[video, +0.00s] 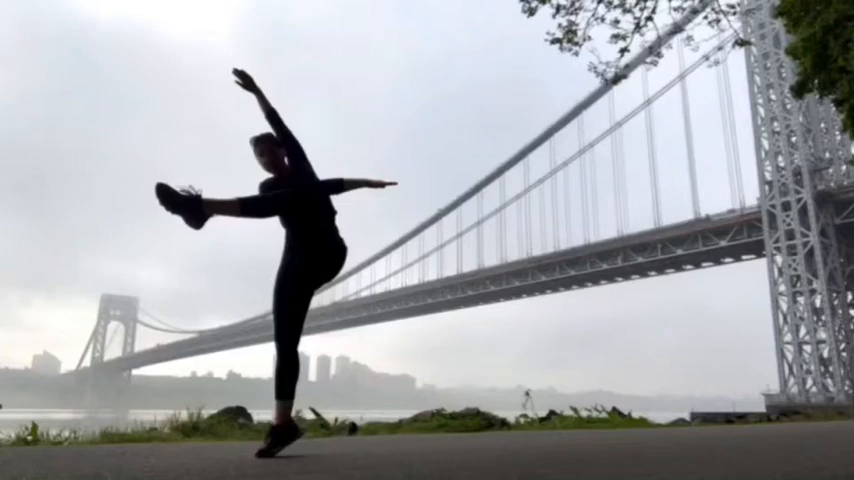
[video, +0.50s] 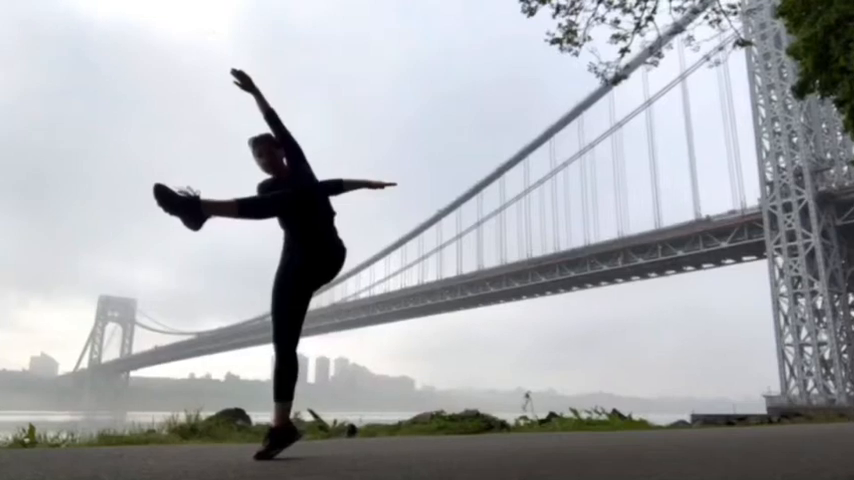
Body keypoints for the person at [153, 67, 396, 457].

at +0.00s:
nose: (264, 159)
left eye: (268, 153)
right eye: (260, 156)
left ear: (283, 150)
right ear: (258, 160)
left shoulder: (301, 170)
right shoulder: (270, 191)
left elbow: (283, 130)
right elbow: (326, 187)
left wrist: (257, 91)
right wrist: (368, 183)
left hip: (327, 252)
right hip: (297, 261)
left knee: (284, 200)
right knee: (286, 341)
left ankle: (204, 208)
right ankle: (283, 422)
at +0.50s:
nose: (263, 160)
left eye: (267, 153)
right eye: (258, 156)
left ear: (281, 150)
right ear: (257, 161)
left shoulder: (300, 170)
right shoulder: (268, 191)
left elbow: (281, 129)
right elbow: (325, 188)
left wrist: (255, 91)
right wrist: (367, 184)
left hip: (326, 253)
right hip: (296, 262)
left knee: (285, 201)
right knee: (285, 343)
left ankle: (202, 209)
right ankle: (282, 425)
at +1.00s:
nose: (261, 161)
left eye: (265, 154)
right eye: (257, 157)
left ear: (280, 151)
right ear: (255, 162)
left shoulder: (299, 172)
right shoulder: (267, 192)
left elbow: (280, 131)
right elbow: (323, 189)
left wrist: (254, 92)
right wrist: (365, 185)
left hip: (325, 255)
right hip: (294, 263)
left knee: (282, 203)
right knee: (283, 344)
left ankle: (201, 210)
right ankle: (281, 427)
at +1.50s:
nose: (260, 161)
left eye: (264, 154)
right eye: (255, 158)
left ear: (279, 153)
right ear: (254, 163)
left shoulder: (297, 173)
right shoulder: (265, 193)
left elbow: (278, 131)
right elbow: (320, 190)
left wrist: (252, 93)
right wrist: (362, 186)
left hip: (323, 256)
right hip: (293, 265)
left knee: (281, 203)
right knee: (282, 346)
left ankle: (198, 211)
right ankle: (279, 429)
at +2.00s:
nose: (257, 162)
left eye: (262, 155)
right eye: (253, 159)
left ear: (277, 153)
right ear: (252, 163)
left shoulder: (295, 173)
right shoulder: (264, 193)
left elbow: (276, 131)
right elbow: (319, 191)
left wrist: (251, 93)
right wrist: (362, 187)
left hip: (322, 257)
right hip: (292, 266)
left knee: (279, 204)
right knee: (280, 348)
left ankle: (197, 212)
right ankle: (277, 432)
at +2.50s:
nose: (256, 164)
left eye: (260, 156)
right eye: (251, 160)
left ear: (275, 154)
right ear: (251, 165)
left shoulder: (295, 174)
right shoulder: (263, 195)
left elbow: (274, 131)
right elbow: (317, 192)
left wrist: (249, 93)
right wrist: (360, 188)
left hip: (321, 258)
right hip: (290, 268)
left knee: (277, 205)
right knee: (279, 351)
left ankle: (195, 213)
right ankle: (276, 434)